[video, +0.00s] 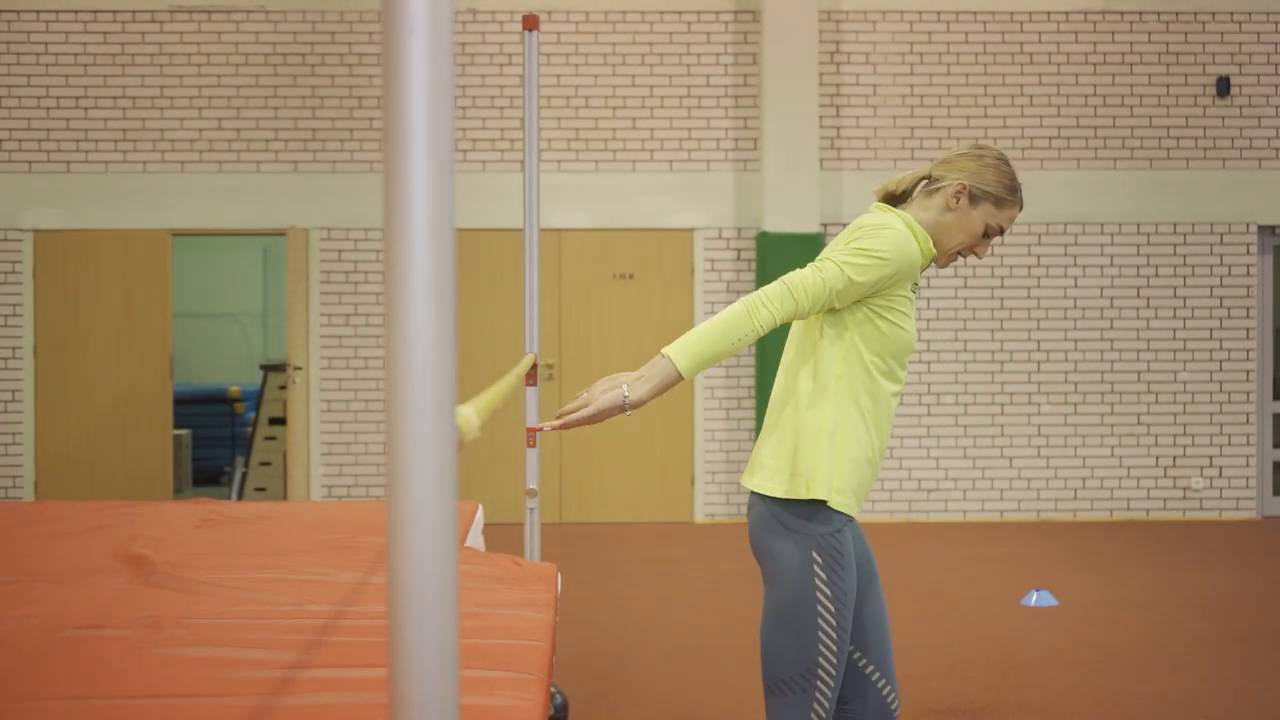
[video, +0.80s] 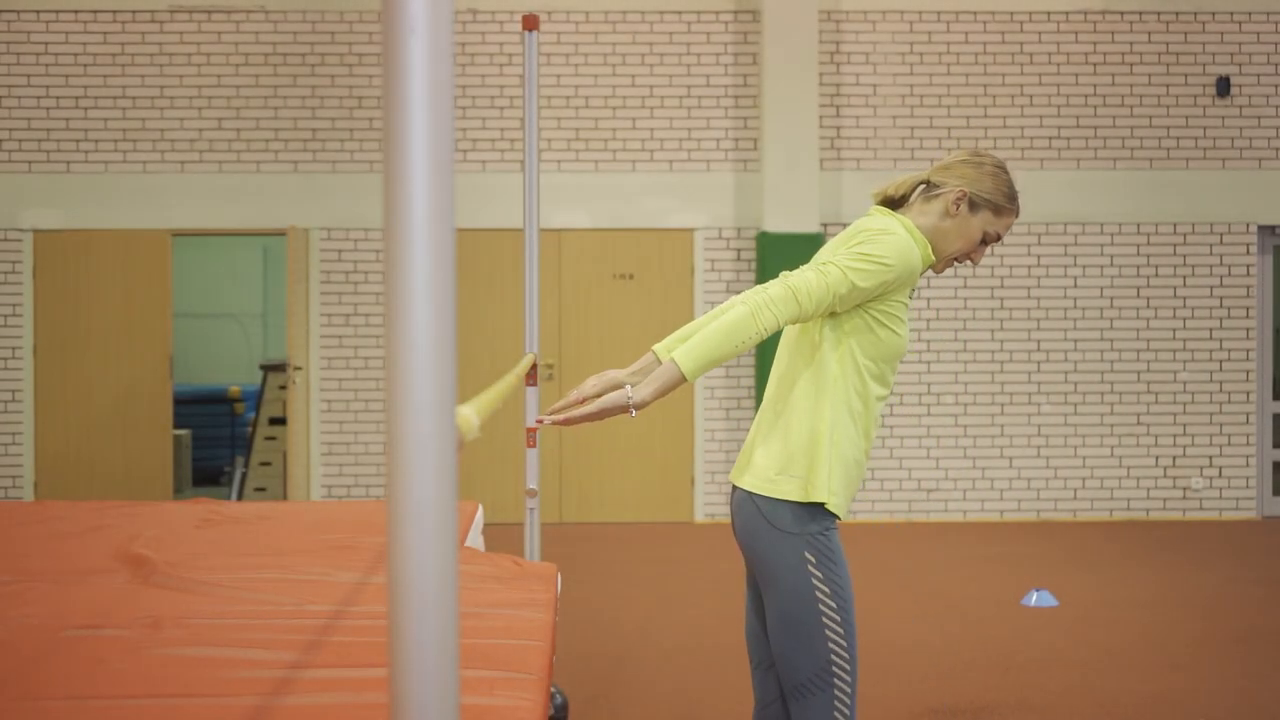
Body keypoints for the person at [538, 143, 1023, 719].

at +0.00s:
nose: (981, 250)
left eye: (992, 239)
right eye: (988, 231)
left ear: (952, 196)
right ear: (955, 195)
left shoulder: (889, 242)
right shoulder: (891, 241)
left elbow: (769, 305)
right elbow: (772, 303)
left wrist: (643, 384)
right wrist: (642, 383)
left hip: (824, 508)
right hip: (804, 509)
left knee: (873, 705)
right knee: (804, 708)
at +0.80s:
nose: (979, 256)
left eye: (990, 246)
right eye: (987, 238)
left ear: (948, 201)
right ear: (955, 202)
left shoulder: (873, 238)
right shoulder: (895, 246)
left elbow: (760, 303)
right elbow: (774, 304)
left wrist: (638, 370)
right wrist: (650, 386)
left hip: (769, 500)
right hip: (793, 505)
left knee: (776, 706)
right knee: (827, 704)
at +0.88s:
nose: (878, 148)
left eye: (872, 133)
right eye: (865, 134)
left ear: (821, 152)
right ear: (822, 149)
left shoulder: (787, 227)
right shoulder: (832, 229)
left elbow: (815, 381)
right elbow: (860, 383)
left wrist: (908, 505)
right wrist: (916, 503)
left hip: (802, 497)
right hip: (836, 501)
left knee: (798, 706)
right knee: (820, 707)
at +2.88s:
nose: (870, 154)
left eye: (866, 140)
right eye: (858, 140)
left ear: (812, 154)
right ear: (814, 152)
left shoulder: (779, 230)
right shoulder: (825, 232)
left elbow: (788, 384)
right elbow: (854, 385)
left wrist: (890, 507)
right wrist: (908, 507)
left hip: (798, 503)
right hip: (831, 505)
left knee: (800, 705)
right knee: (818, 707)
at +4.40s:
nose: (863, 153)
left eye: (858, 138)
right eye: (850, 139)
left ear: (805, 154)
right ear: (804, 151)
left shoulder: (781, 228)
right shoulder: (816, 226)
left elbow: (876, 359)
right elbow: (896, 356)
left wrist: (990, 448)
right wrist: (1000, 455)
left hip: (785, 501)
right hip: (806, 505)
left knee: (788, 705)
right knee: (802, 706)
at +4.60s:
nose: (857, 154)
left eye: (854, 140)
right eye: (845, 140)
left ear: (801, 153)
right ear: (801, 150)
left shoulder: (780, 227)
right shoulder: (804, 223)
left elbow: (896, 327)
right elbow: (912, 319)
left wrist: (1034, 373)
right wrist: (1048, 377)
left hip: (793, 499)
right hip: (806, 501)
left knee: (792, 703)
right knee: (802, 705)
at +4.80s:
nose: (854, 156)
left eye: (850, 139)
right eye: (841, 140)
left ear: (798, 153)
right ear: (797, 151)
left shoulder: (778, 224)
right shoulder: (795, 223)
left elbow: (925, 277)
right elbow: (931, 276)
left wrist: (1067, 279)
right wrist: (1073, 277)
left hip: (799, 501)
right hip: (809, 502)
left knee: (794, 704)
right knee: (804, 706)